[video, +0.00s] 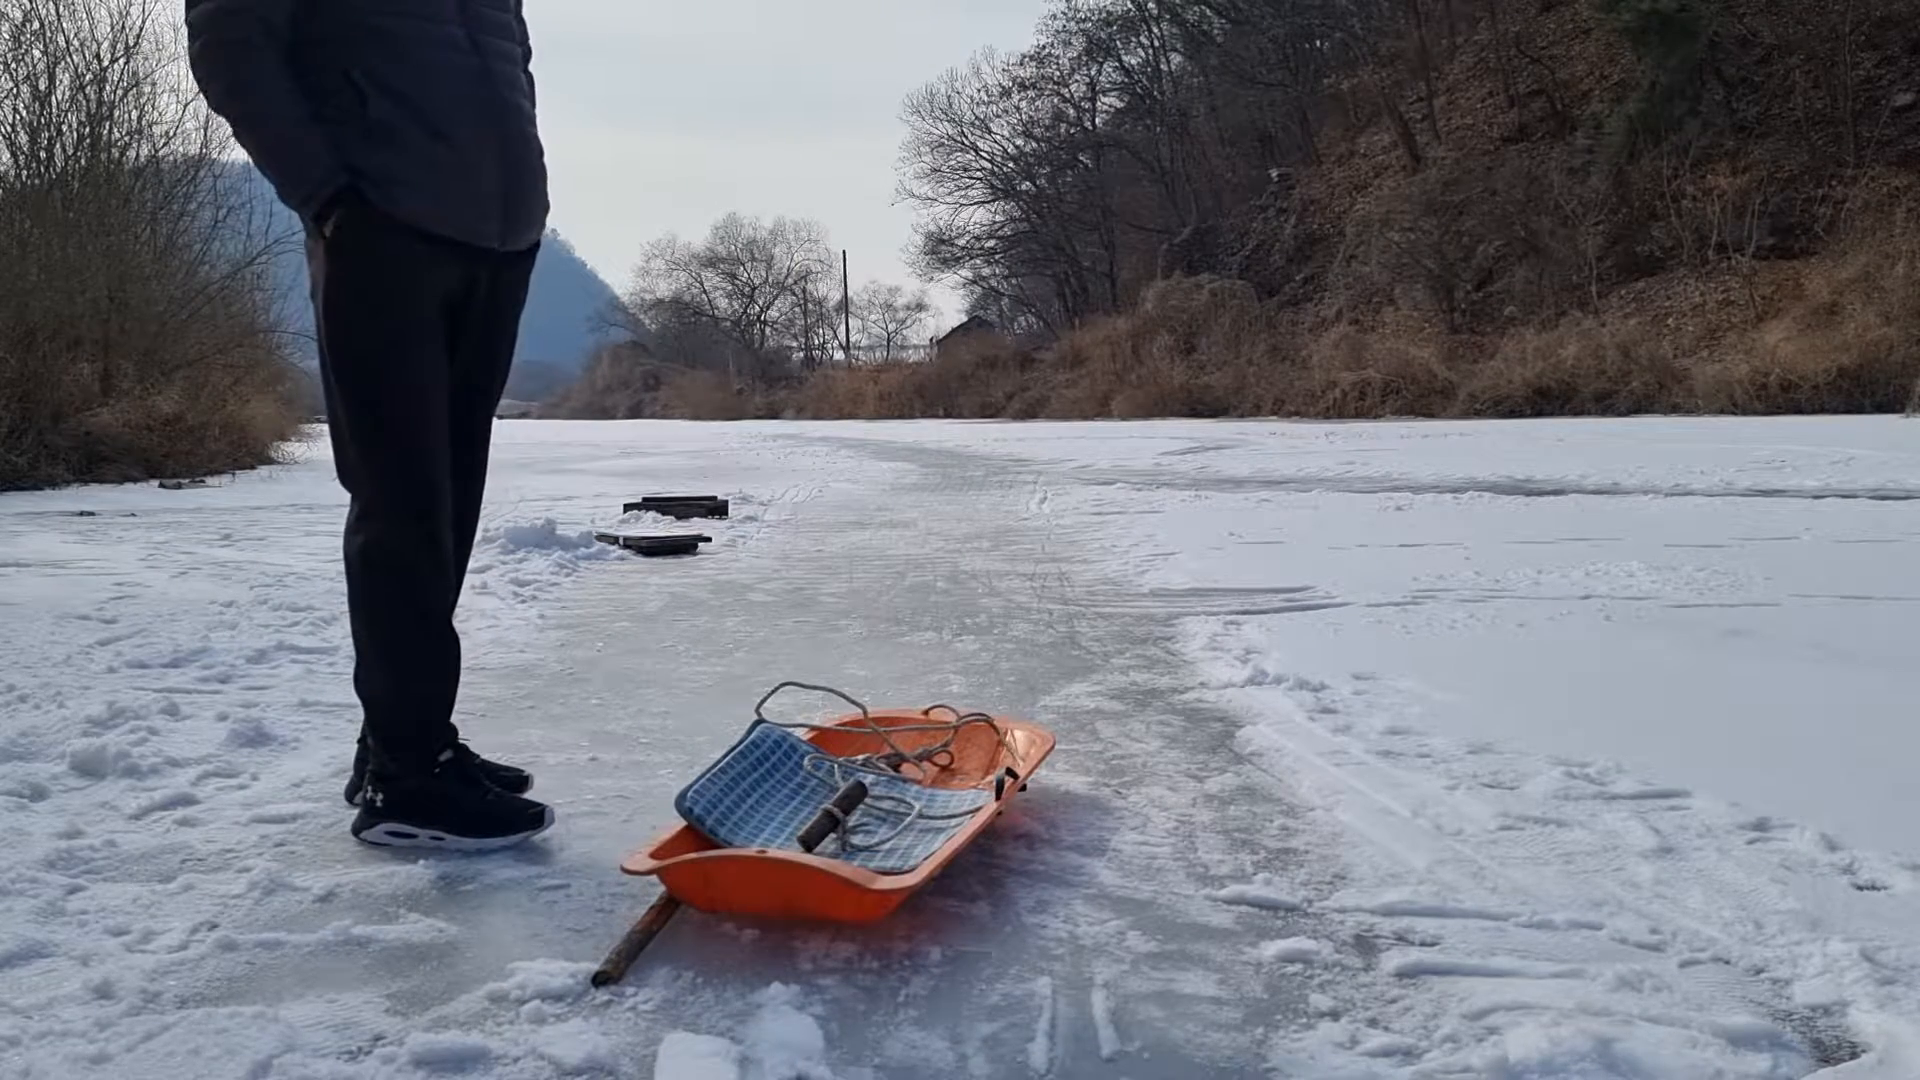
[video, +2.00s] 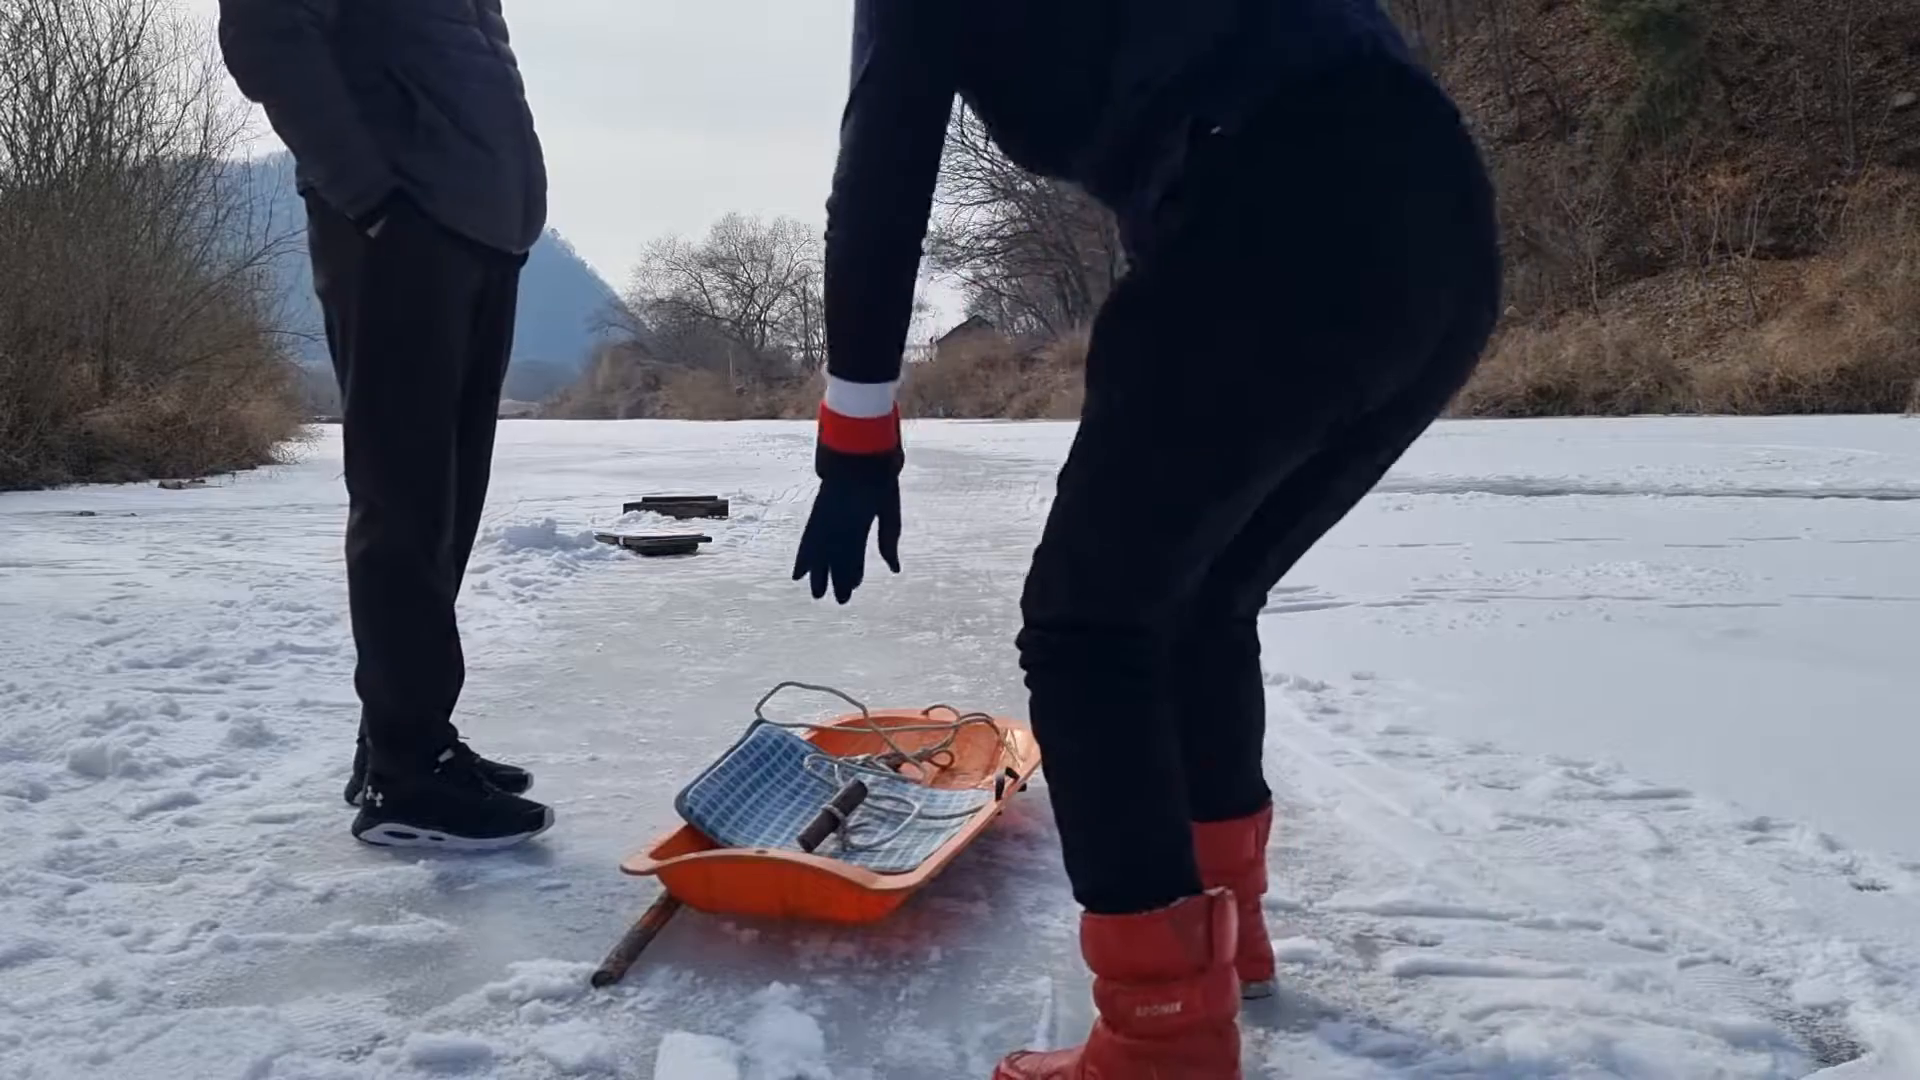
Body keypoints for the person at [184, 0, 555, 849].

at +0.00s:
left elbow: (510, 40)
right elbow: (226, 36)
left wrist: (518, 175)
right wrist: (326, 195)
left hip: (501, 222)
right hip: (380, 214)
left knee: (450, 500)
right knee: (401, 500)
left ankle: (410, 748)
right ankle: (405, 771)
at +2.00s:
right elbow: (261, 30)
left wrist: (506, 182)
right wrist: (368, 190)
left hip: (480, 221)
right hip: (397, 214)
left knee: (446, 500)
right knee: (403, 499)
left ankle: (415, 747)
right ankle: (403, 774)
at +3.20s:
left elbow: (490, 41)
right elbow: (265, 31)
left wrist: (519, 189)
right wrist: (379, 192)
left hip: (486, 225)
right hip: (405, 216)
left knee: (446, 497)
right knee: (403, 497)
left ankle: (414, 746)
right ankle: (401, 772)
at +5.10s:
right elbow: (269, 35)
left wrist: (515, 199)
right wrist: (386, 197)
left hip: (485, 235)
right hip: (409, 225)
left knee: (443, 505)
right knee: (403, 504)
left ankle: (417, 747)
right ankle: (399, 773)